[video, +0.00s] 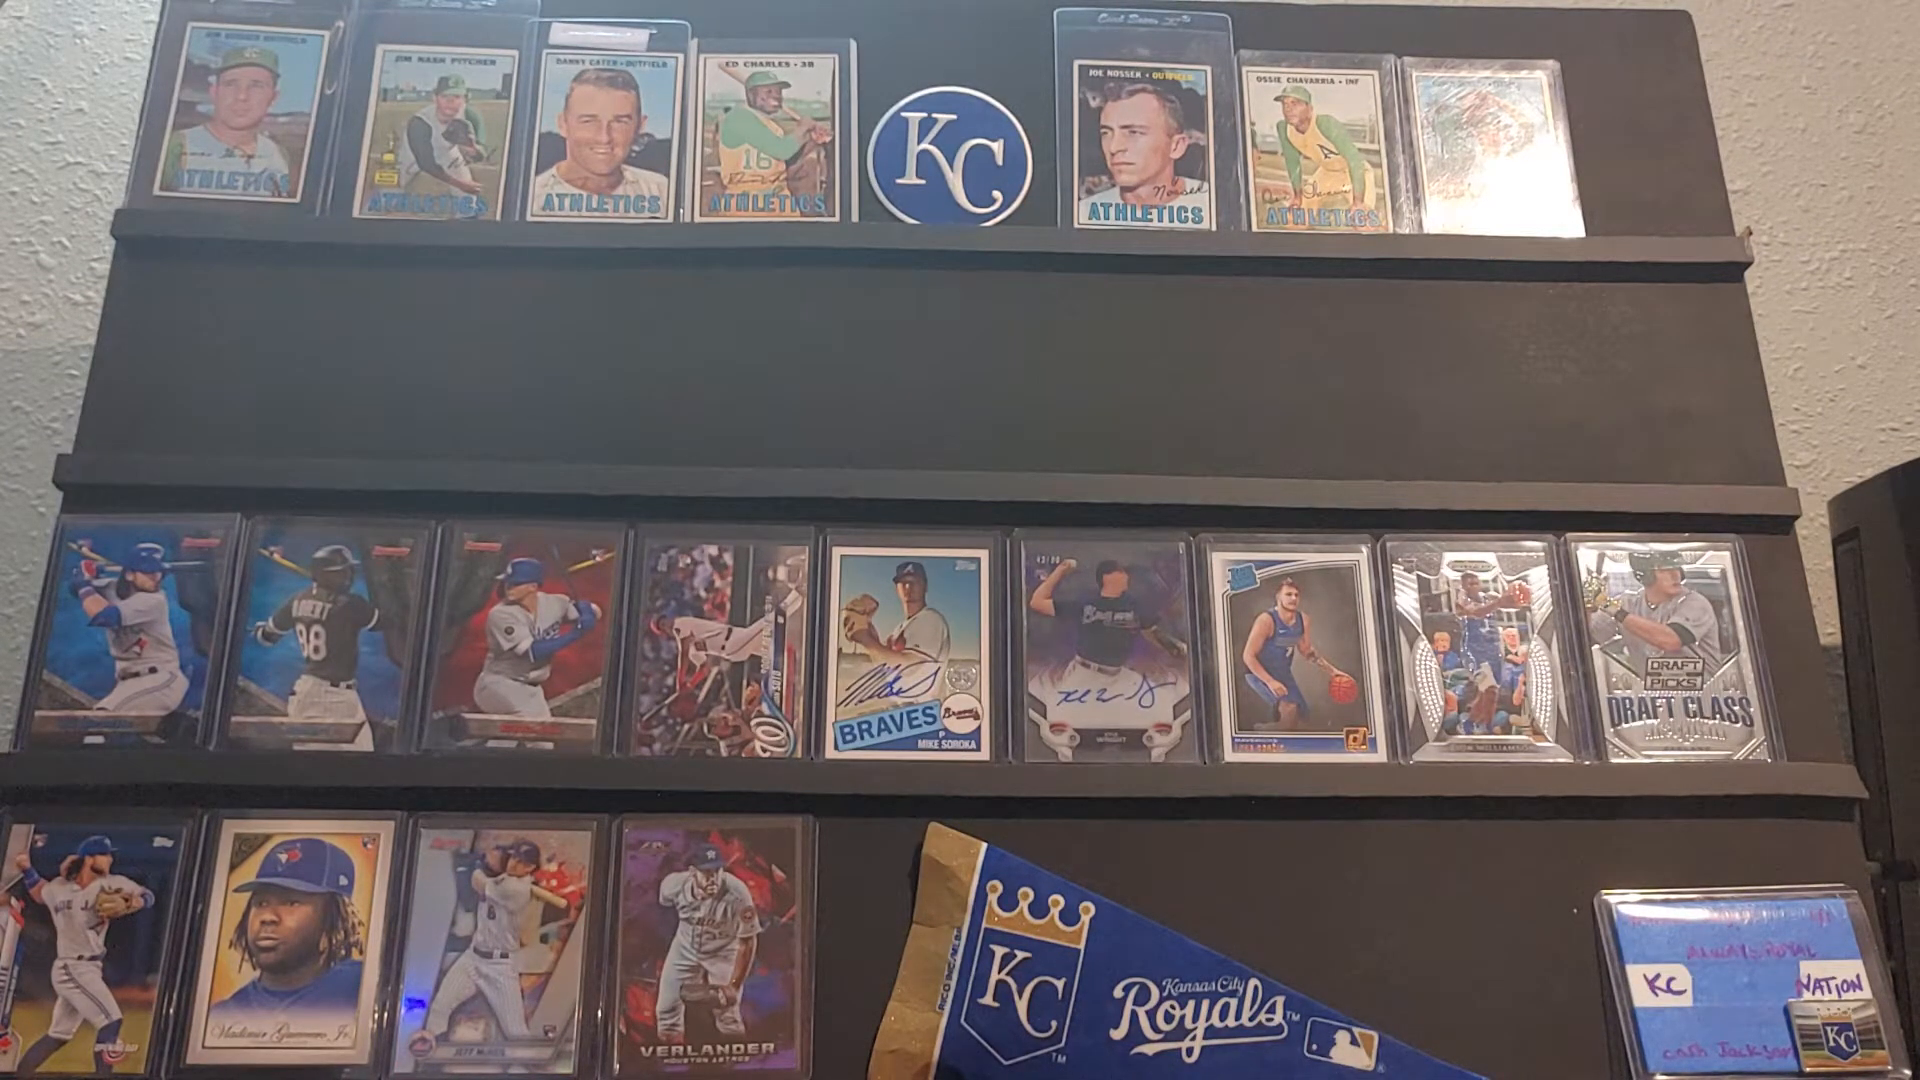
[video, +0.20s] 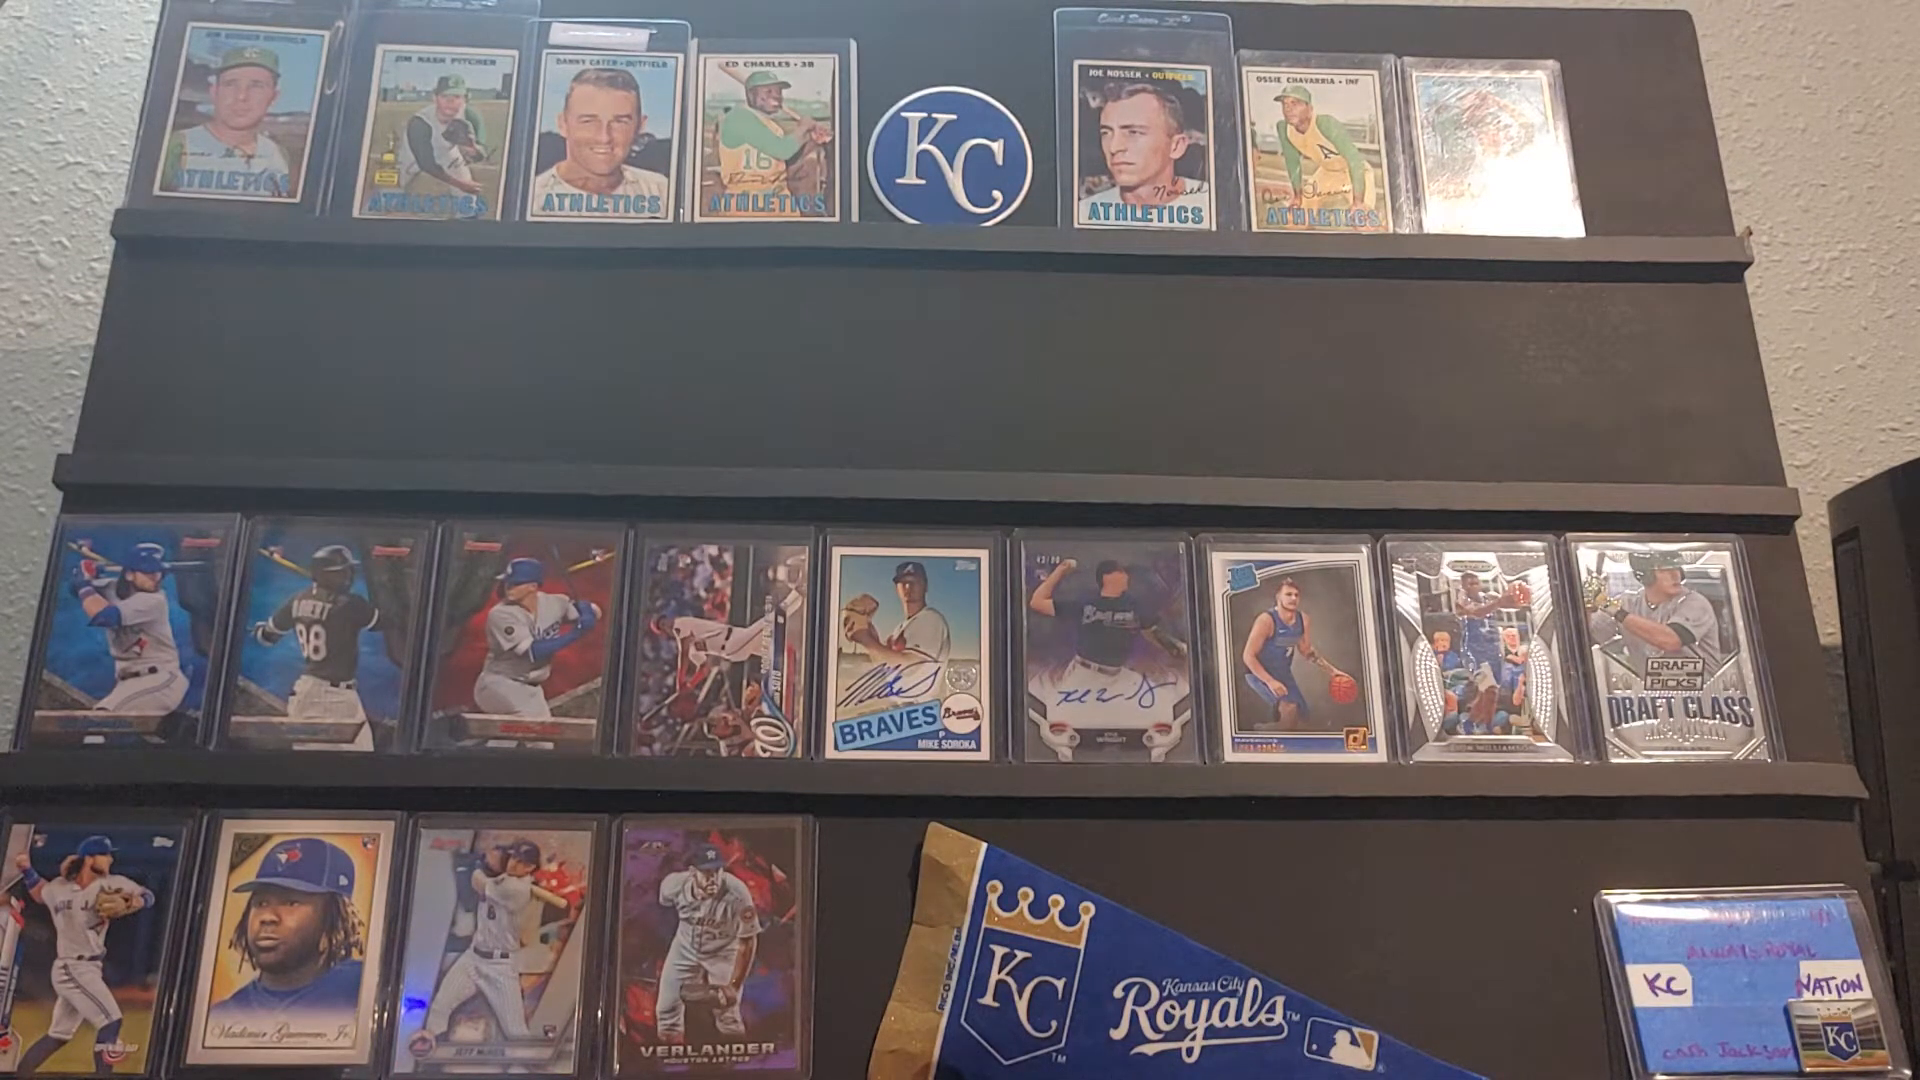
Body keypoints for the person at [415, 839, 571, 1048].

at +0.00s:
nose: (514, 864)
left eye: (521, 862)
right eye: (513, 858)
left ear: (531, 869)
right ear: (509, 858)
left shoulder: (518, 890)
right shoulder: (503, 878)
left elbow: (477, 881)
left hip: (501, 964)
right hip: (473, 957)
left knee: (515, 1030)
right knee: (441, 1004)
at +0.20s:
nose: (513, 864)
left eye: (520, 862)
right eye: (513, 859)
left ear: (530, 869)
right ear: (508, 859)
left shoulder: (518, 890)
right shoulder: (501, 879)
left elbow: (478, 882)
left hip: (501, 965)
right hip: (473, 958)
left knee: (515, 1031)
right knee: (439, 1006)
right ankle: (426, 1065)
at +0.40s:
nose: (513, 864)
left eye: (520, 862)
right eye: (513, 858)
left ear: (530, 869)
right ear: (508, 858)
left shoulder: (518, 890)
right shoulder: (501, 879)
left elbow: (478, 882)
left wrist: (478, 867)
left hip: (501, 965)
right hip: (473, 958)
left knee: (515, 1031)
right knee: (440, 1005)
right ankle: (427, 1061)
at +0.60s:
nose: (513, 863)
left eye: (520, 861)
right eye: (513, 858)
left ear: (530, 869)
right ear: (509, 858)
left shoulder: (518, 890)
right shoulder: (501, 879)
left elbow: (478, 882)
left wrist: (478, 867)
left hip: (501, 965)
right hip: (473, 958)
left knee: (515, 1031)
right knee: (440, 1005)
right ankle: (427, 1062)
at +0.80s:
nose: (513, 863)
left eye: (519, 861)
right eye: (512, 858)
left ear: (530, 869)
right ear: (509, 858)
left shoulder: (517, 890)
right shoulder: (501, 879)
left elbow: (478, 882)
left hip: (501, 965)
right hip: (473, 957)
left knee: (515, 1031)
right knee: (440, 1005)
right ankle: (426, 1063)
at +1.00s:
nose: (513, 864)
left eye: (520, 862)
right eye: (513, 858)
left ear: (530, 869)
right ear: (509, 858)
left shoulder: (518, 890)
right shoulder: (502, 879)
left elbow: (478, 882)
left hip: (501, 965)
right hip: (473, 957)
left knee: (515, 1030)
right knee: (441, 1004)